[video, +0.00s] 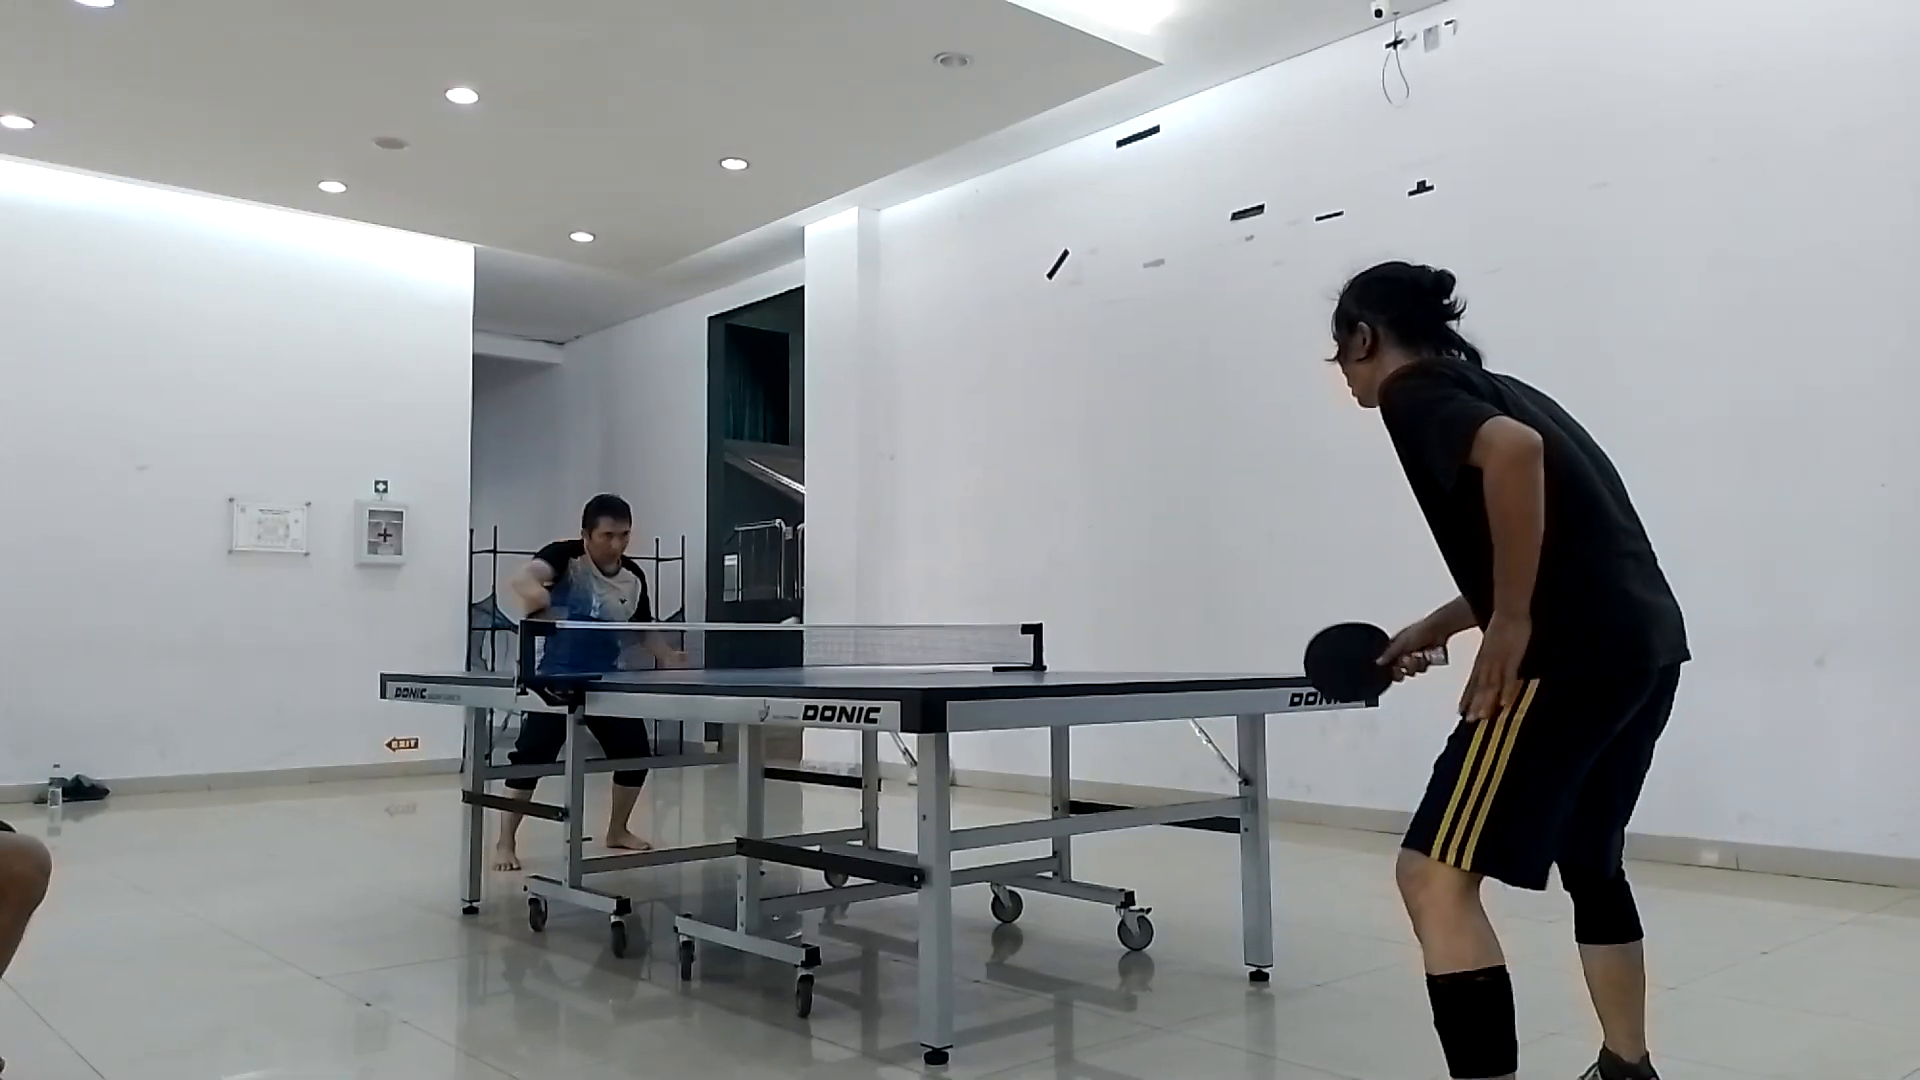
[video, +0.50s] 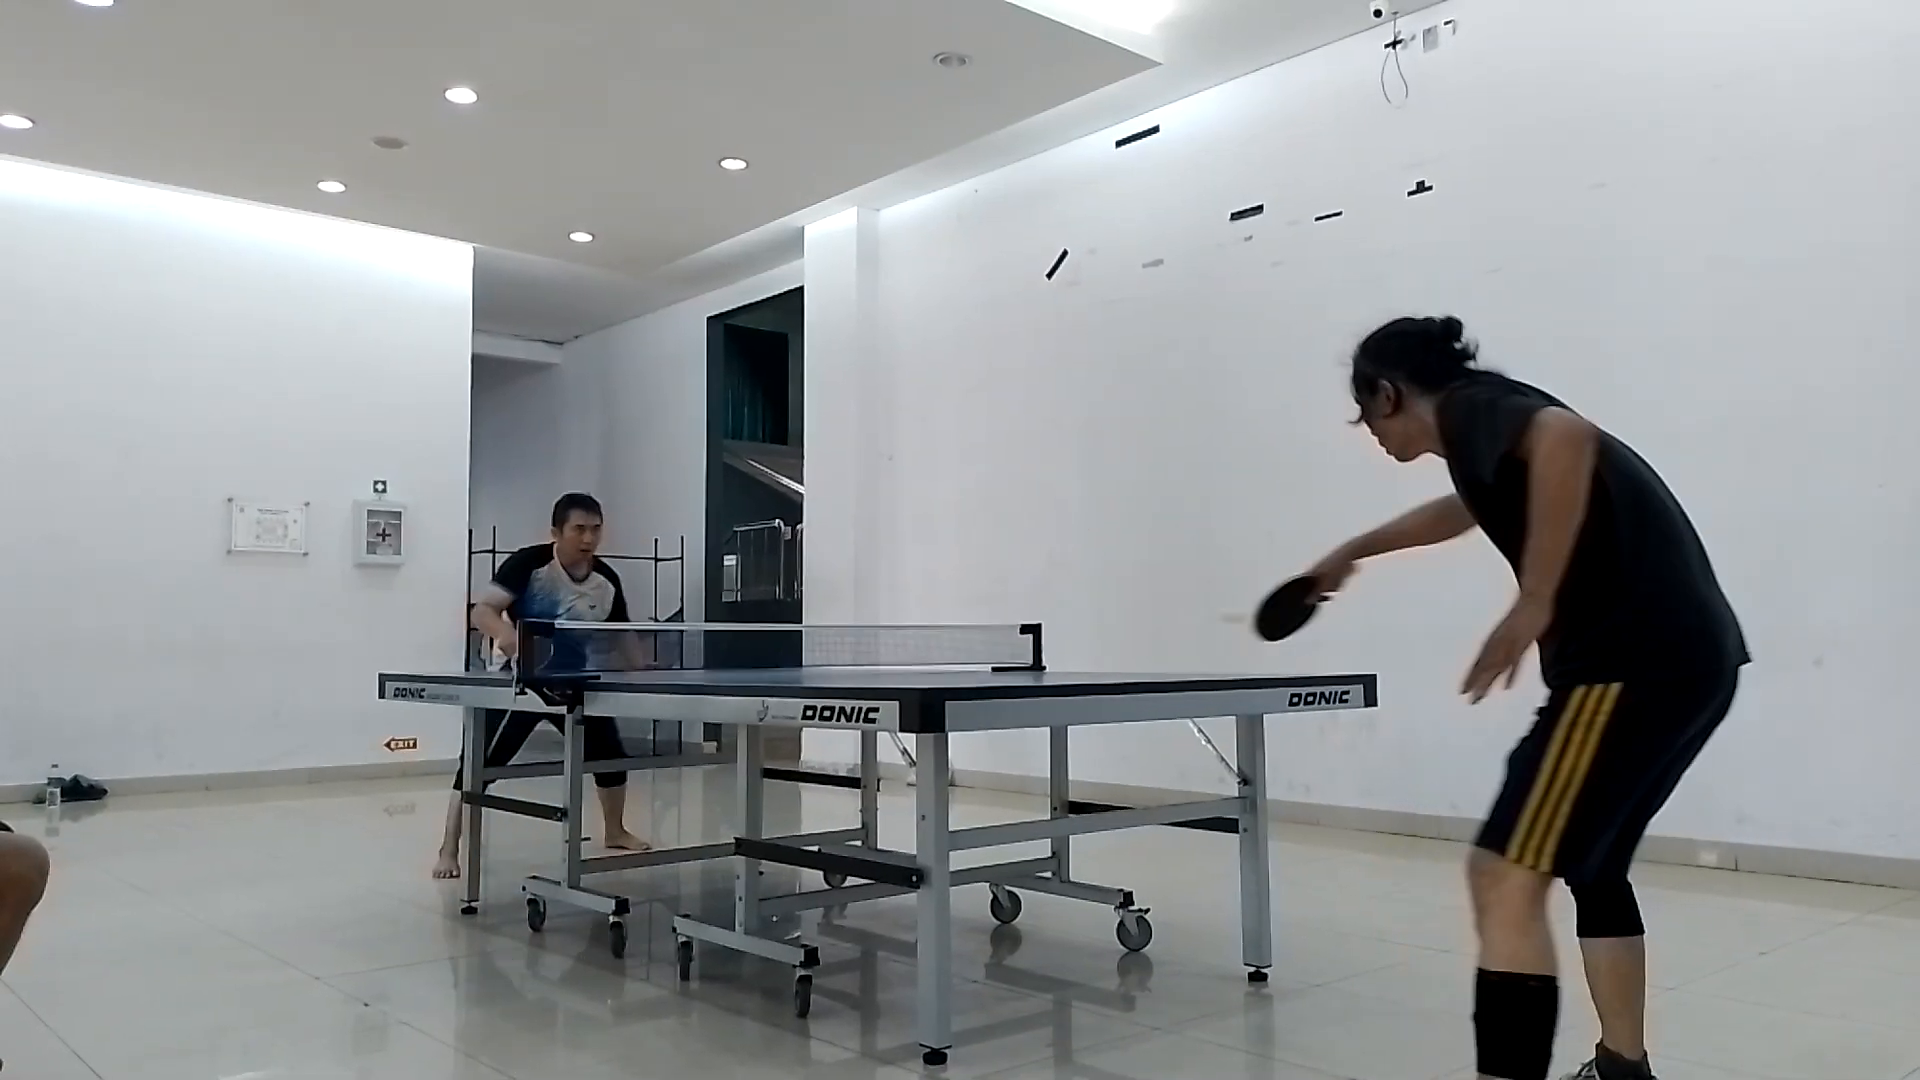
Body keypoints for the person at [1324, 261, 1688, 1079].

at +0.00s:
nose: (1344, 378)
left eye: (1343, 356)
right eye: (1340, 360)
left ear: (1370, 337)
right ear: (1431, 334)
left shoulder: (1415, 391)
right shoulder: (1502, 391)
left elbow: (1512, 446)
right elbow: (1553, 557)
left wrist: (1510, 626)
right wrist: (1436, 628)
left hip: (1567, 649)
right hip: (1646, 644)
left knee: (1432, 873)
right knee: (1591, 859)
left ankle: (1484, 1072)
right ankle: (1628, 1064)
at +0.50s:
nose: (1372, 433)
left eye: (1370, 412)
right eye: (1365, 417)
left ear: (1397, 391)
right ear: (1422, 384)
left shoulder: (1468, 404)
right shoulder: (1491, 432)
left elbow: (1565, 435)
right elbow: (1460, 514)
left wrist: (1533, 600)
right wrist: (1350, 551)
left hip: (1629, 663)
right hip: (1688, 659)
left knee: (1503, 873)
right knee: (1595, 866)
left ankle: (1508, 1071)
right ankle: (1623, 1064)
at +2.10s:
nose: (1649, 484)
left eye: (1660, 451)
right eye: (1651, 455)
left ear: (1732, 456)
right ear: (1730, 459)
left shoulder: (1908, 500)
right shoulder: (1793, 600)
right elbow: (1628, 708)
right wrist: (1444, 753)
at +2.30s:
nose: (1644, 384)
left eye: (1651, 355)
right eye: (1643, 357)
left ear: (1709, 353)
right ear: (1710, 354)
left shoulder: (1891, 421)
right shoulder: (1797, 501)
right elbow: (1850, 678)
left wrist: (1727, 819)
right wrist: (1727, 818)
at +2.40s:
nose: (1642, 309)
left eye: (1650, 280)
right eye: (1643, 285)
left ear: (1703, 279)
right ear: (1709, 282)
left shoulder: (1849, 372)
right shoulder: (1797, 407)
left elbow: (1906, 596)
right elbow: (1902, 595)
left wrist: (1825, 743)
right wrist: (1822, 744)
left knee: (1917, 969)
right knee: (1916, 969)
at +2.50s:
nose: (1645, 287)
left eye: (1650, 256)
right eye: (1644, 262)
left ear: (1703, 246)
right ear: (1720, 245)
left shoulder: (1826, 342)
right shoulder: (1799, 353)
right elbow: (1909, 564)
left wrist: (1892, 673)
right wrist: (1840, 699)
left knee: (1873, 954)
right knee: (1873, 953)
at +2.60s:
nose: (1638, 283)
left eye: (1641, 254)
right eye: (1635, 259)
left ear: (1698, 243)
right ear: (1715, 242)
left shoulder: (1804, 331)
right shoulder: (1796, 342)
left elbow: (1919, 478)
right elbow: (1889, 542)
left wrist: (1802, 659)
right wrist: (1785, 683)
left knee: (1803, 935)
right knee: (1808, 936)